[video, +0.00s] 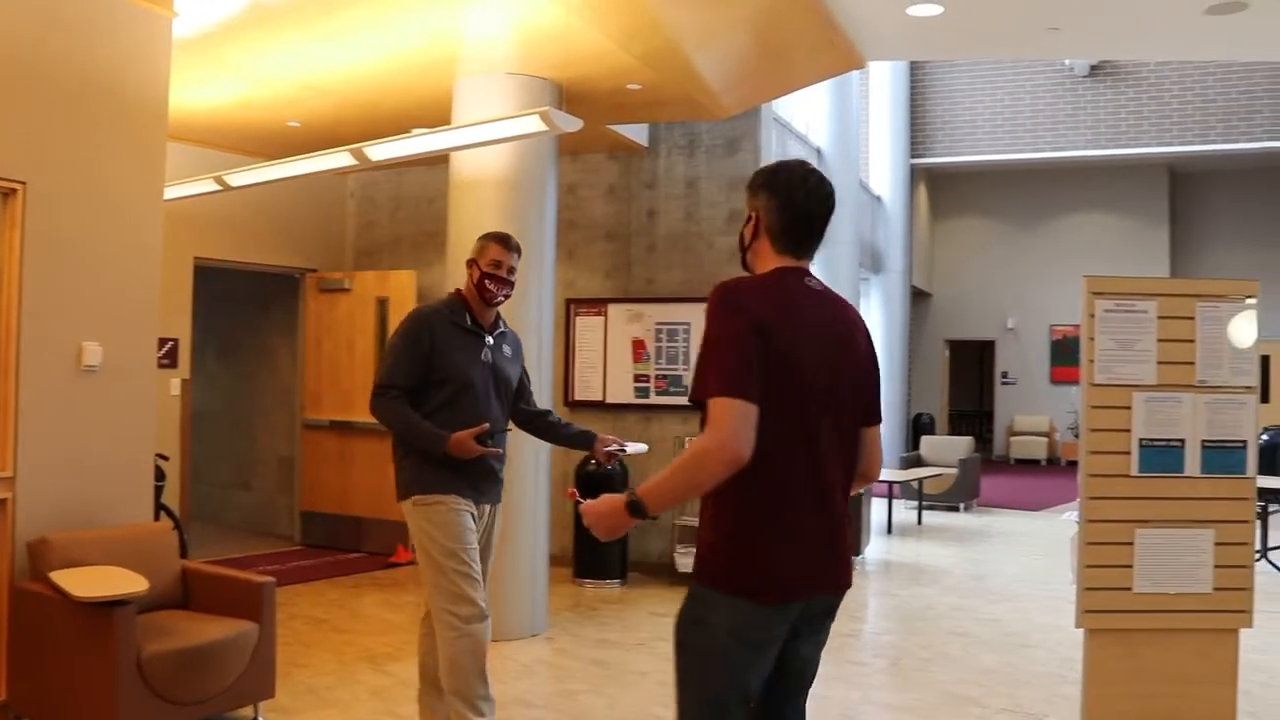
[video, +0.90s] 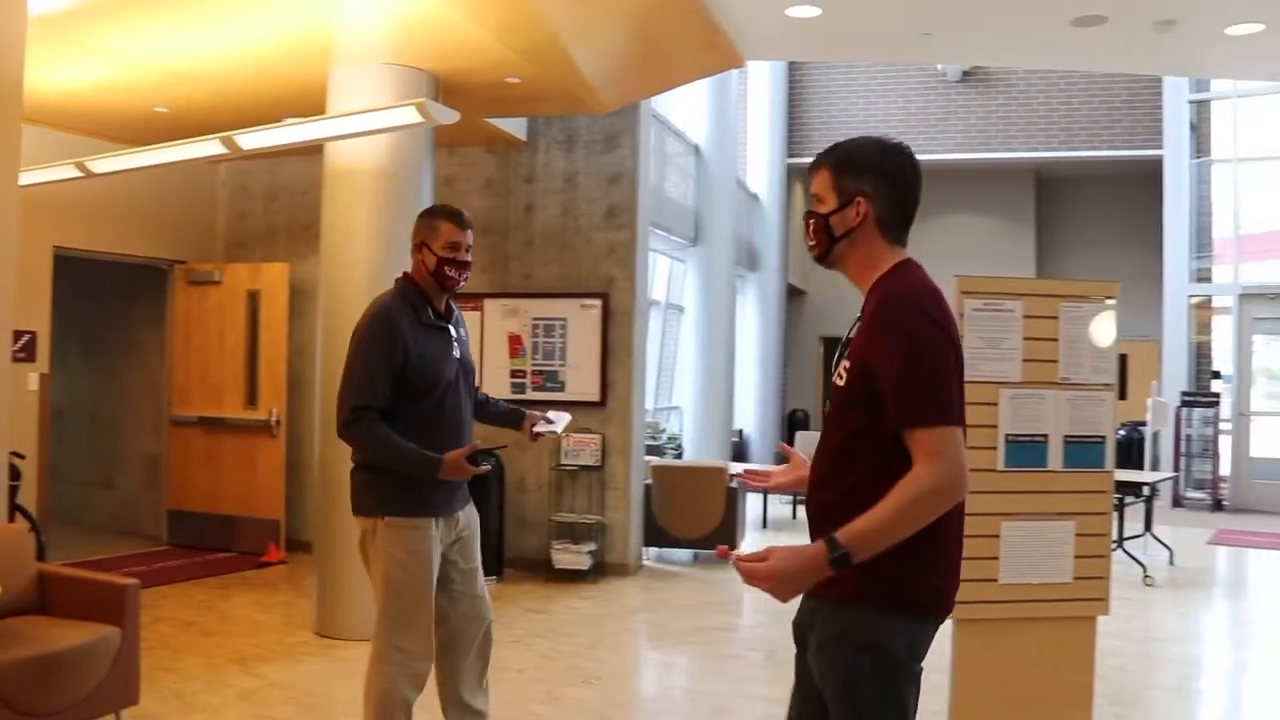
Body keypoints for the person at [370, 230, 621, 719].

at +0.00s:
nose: (499, 280)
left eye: (508, 274)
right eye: (492, 269)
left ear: (515, 281)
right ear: (470, 267)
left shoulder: (508, 341)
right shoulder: (426, 323)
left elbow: (528, 413)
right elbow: (385, 400)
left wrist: (592, 440)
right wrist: (443, 440)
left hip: (484, 493)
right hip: (434, 489)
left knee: (448, 612)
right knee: (466, 612)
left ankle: (437, 713)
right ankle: (473, 714)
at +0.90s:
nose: (461, 264)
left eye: (467, 254)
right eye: (451, 252)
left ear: (470, 257)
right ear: (419, 251)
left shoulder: (450, 318)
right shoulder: (386, 317)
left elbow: (463, 399)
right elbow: (354, 422)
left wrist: (520, 417)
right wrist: (435, 463)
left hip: (455, 505)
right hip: (399, 513)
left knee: (470, 631)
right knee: (404, 651)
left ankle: (469, 715)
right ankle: (388, 717)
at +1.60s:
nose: (436, 256)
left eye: (442, 249)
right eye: (426, 246)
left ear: (444, 256)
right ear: (395, 247)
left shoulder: (426, 321)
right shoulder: (357, 310)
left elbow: (443, 413)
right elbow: (326, 402)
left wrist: (512, 440)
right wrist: (404, 439)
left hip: (426, 501)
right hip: (375, 500)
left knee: (406, 634)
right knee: (374, 633)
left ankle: (383, 713)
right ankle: (326, 717)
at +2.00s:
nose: (406, 256)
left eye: (412, 249)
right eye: (398, 245)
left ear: (412, 253)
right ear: (366, 240)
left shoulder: (386, 316)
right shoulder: (320, 301)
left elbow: (395, 414)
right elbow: (279, 393)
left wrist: (446, 469)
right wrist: (357, 445)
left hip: (371, 495)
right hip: (324, 494)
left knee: (330, 632)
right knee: (342, 638)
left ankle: (318, 714)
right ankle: (348, 716)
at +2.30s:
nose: (377, 249)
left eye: (381, 241)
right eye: (366, 238)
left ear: (381, 246)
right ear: (331, 238)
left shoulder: (353, 311)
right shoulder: (295, 303)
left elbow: (362, 414)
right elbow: (266, 408)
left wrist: (378, 502)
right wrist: (347, 463)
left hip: (337, 499)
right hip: (302, 501)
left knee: (290, 636)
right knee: (320, 650)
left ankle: (275, 716)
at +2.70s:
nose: (347, 238)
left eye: (351, 228)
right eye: (336, 225)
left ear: (352, 229)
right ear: (298, 224)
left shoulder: (324, 295)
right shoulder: (264, 297)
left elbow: (325, 399)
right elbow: (236, 417)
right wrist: (327, 474)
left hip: (319, 506)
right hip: (283, 508)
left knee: (279, 661)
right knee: (295, 672)